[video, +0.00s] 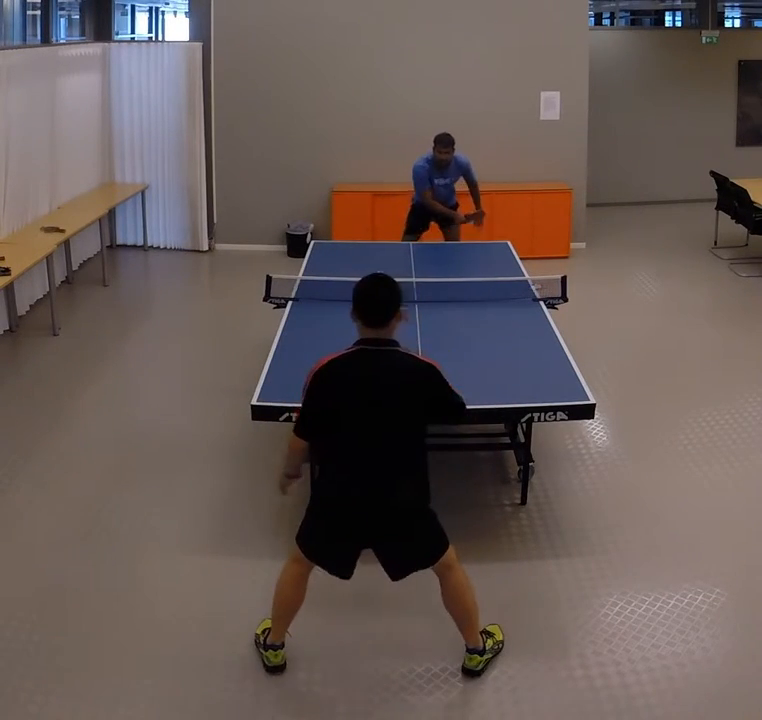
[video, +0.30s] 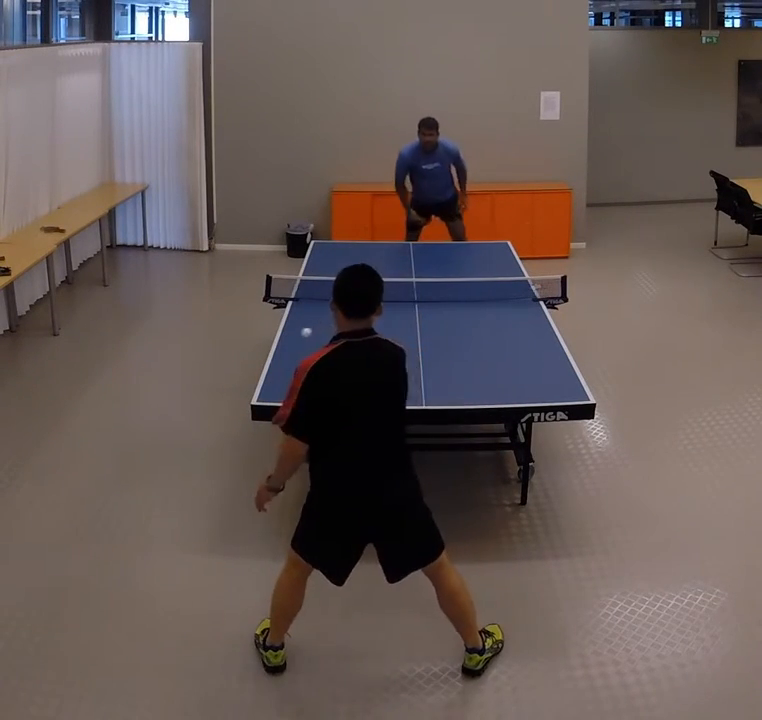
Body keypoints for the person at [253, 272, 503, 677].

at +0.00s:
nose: (400, 314)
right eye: (399, 309)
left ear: (355, 314)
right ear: (400, 316)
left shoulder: (326, 373)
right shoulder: (421, 372)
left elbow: (300, 442)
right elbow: (457, 413)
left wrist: (289, 472)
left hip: (336, 505)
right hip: (402, 505)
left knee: (300, 563)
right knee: (447, 567)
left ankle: (274, 643)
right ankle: (476, 648)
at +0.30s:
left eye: (333, 300)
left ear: (334, 306)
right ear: (378, 309)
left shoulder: (315, 369)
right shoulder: (394, 356)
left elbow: (295, 449)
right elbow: (386, 421)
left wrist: (274, 483)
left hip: (335, 495)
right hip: (394, 489)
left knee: (297, 568)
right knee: (439, 568)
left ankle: (273, 644)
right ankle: (476, 648)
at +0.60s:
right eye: (417, 303)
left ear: (375, 297)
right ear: (417, 307)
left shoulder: (328, 345)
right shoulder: (421, 362)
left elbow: (290, 405)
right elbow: (458, 428)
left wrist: (286, 451)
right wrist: (502, 478)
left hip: (331, 486)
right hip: (392, 489)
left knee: (301, 565)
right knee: (437, 566)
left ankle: (273, 643)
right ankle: (468, 642)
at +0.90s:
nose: (468, 320)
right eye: (467, 314)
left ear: (422, 311)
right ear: (463, 320)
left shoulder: (380, 354)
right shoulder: (462, 376)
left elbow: (341, 419)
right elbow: (463, 454)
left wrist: (368, 455)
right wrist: (482, 517)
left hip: (364, 489)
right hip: (421, 498)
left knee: (323, 565)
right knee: (456, 567)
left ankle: (287, 646)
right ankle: (468, 647)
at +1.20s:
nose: (527, 348)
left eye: (527, 339)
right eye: (528, 341)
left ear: (482, 332)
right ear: (520, 345)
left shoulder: (434, 367)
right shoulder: (512, 409)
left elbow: (385, 419)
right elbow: (517, 492)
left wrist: (415, 451)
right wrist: (551, 501)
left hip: (386, 509)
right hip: (446, 525)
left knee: (341, 564)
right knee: (518, 557)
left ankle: (291, 641)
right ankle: (524, 636)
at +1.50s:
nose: (703, 394)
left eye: (706, 386)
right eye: (703, 384)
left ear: (669, 368)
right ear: (683, 378)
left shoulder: (610, 381)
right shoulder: (650, 438)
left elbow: (551, 406)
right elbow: (675, 529)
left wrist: (565, 452)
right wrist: (737, 561)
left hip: (511, 485)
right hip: (543, 518)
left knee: (533, 548)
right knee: (586, 580)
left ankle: (460, 594)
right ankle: (532, 640)